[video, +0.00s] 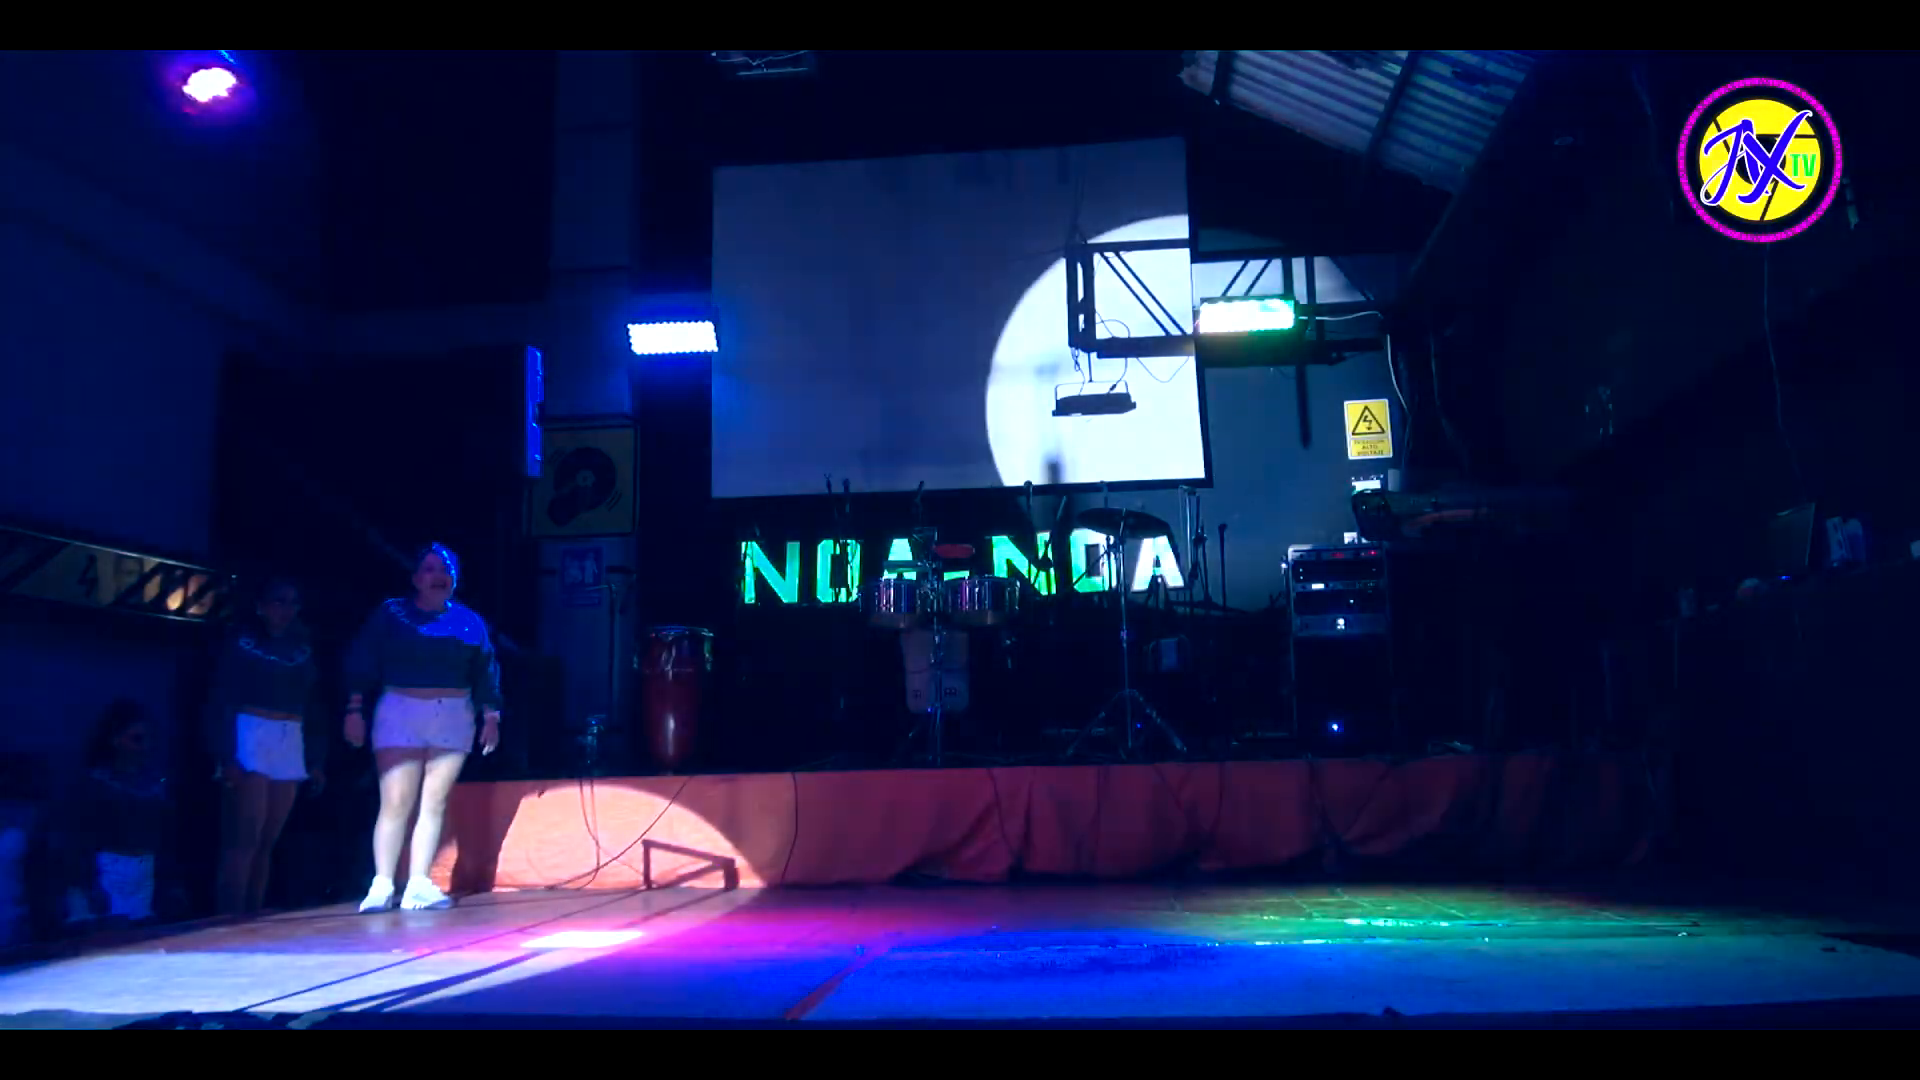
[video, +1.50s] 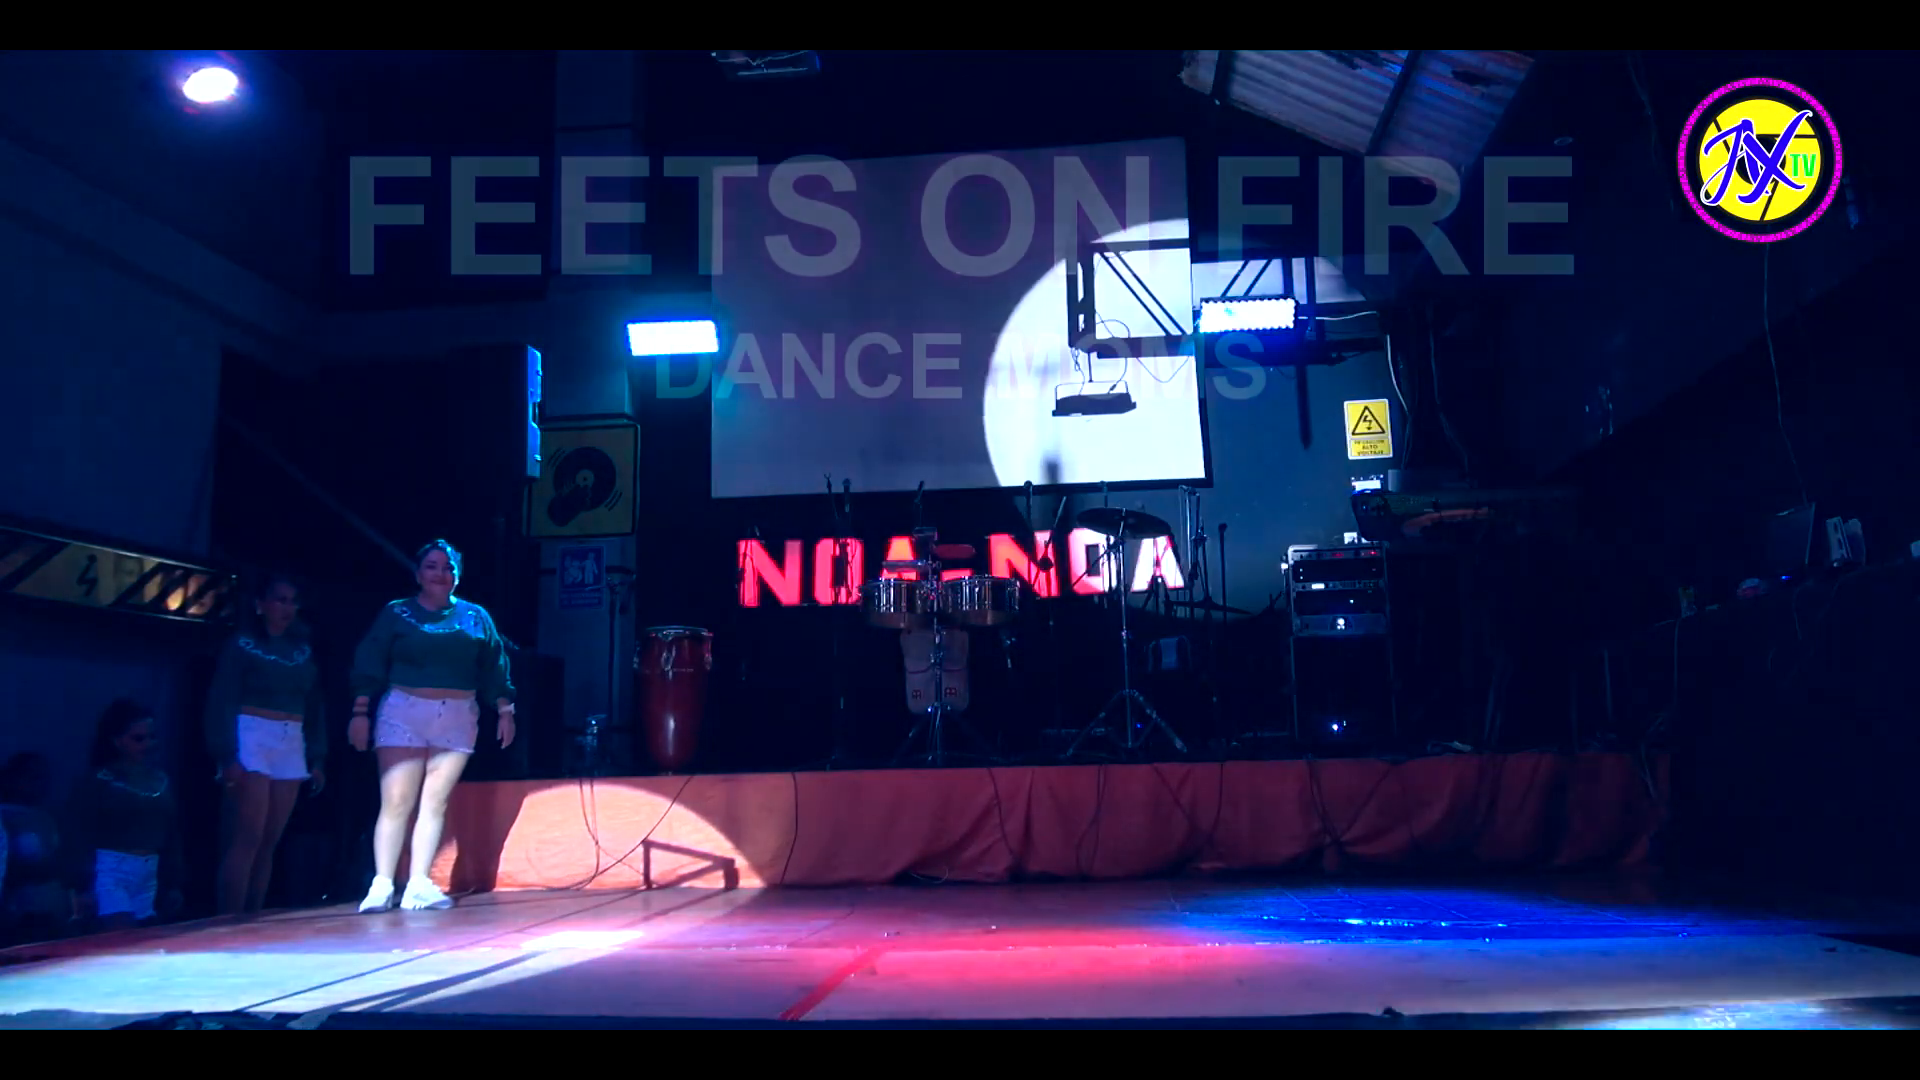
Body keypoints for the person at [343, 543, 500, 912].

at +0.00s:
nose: (435, 575)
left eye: (442, 570)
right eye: (429, 569)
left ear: (453, 577)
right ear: (415, 576)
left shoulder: (470, 623)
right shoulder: (391, 616)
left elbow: (487, 675)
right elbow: (363, 661)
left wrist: (491, 716)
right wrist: (355, 708)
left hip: (453, 712)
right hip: (399, 710)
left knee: (434, 802)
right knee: (396, 803)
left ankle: (419, 882)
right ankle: (383, 882)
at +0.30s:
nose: (437, 573)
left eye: (443, 567)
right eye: (429, 567)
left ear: (453, 574)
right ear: (414, 574)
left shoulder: (470, 620)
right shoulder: (392, 615)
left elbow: (488, 671)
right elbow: (365, 660)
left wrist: (490, 715)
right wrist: (354, 708)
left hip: (452, 714)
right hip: (397, 710)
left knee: (432, 801)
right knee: (394, 803)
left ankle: (418, 883)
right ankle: (383, 883)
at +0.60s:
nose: (436, 574)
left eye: (443, 568)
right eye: (428, 568)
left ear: (453, 574)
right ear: (415, 574)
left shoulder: (471, 618)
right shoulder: (393, 616)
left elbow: (489, 667)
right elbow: (369, 666)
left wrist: (494, 711)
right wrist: (366, 714)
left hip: (456, 715)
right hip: (400, 711)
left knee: (434, 803)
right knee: (395, 803)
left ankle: (418, 884)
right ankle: (382, 883)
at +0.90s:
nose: (437, 575)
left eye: (444, 569)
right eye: (429, 569)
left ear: (454, 575)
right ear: (417, 575)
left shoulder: (473, 617)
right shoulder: (396, 616)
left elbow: (491, 668)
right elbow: (370, 664)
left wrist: (500, 711)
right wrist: (364, 713)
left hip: (458, 715)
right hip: (403, 713)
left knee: (436, 803)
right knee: (397, 803)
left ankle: (419, 884)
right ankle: (383, 884)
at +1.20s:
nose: (437, 573)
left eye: (444, 568)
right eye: (430, 566)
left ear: (454, 575)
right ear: (417, 572)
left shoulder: (474, 617)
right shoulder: (395, 614)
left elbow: (494, 666)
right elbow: (369, 661)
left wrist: (502, 710)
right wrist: (360, 710)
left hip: (457, 715)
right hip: (402, 712)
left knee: (435, 802)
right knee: (396, 802)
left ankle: (418, 884)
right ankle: (382, 884)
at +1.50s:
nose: (438, 573)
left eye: (446, 568)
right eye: (431, 566)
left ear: (455, 575)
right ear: (418, 572)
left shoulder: (476, 617)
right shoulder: (397, 613)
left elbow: (496, 665)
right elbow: (370, 661)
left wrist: (505, 709)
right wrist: (360, 711)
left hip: (457, 715)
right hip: (403, 712)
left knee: (435, 803)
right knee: (396, 802)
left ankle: (418, 884)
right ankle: (383, 884)